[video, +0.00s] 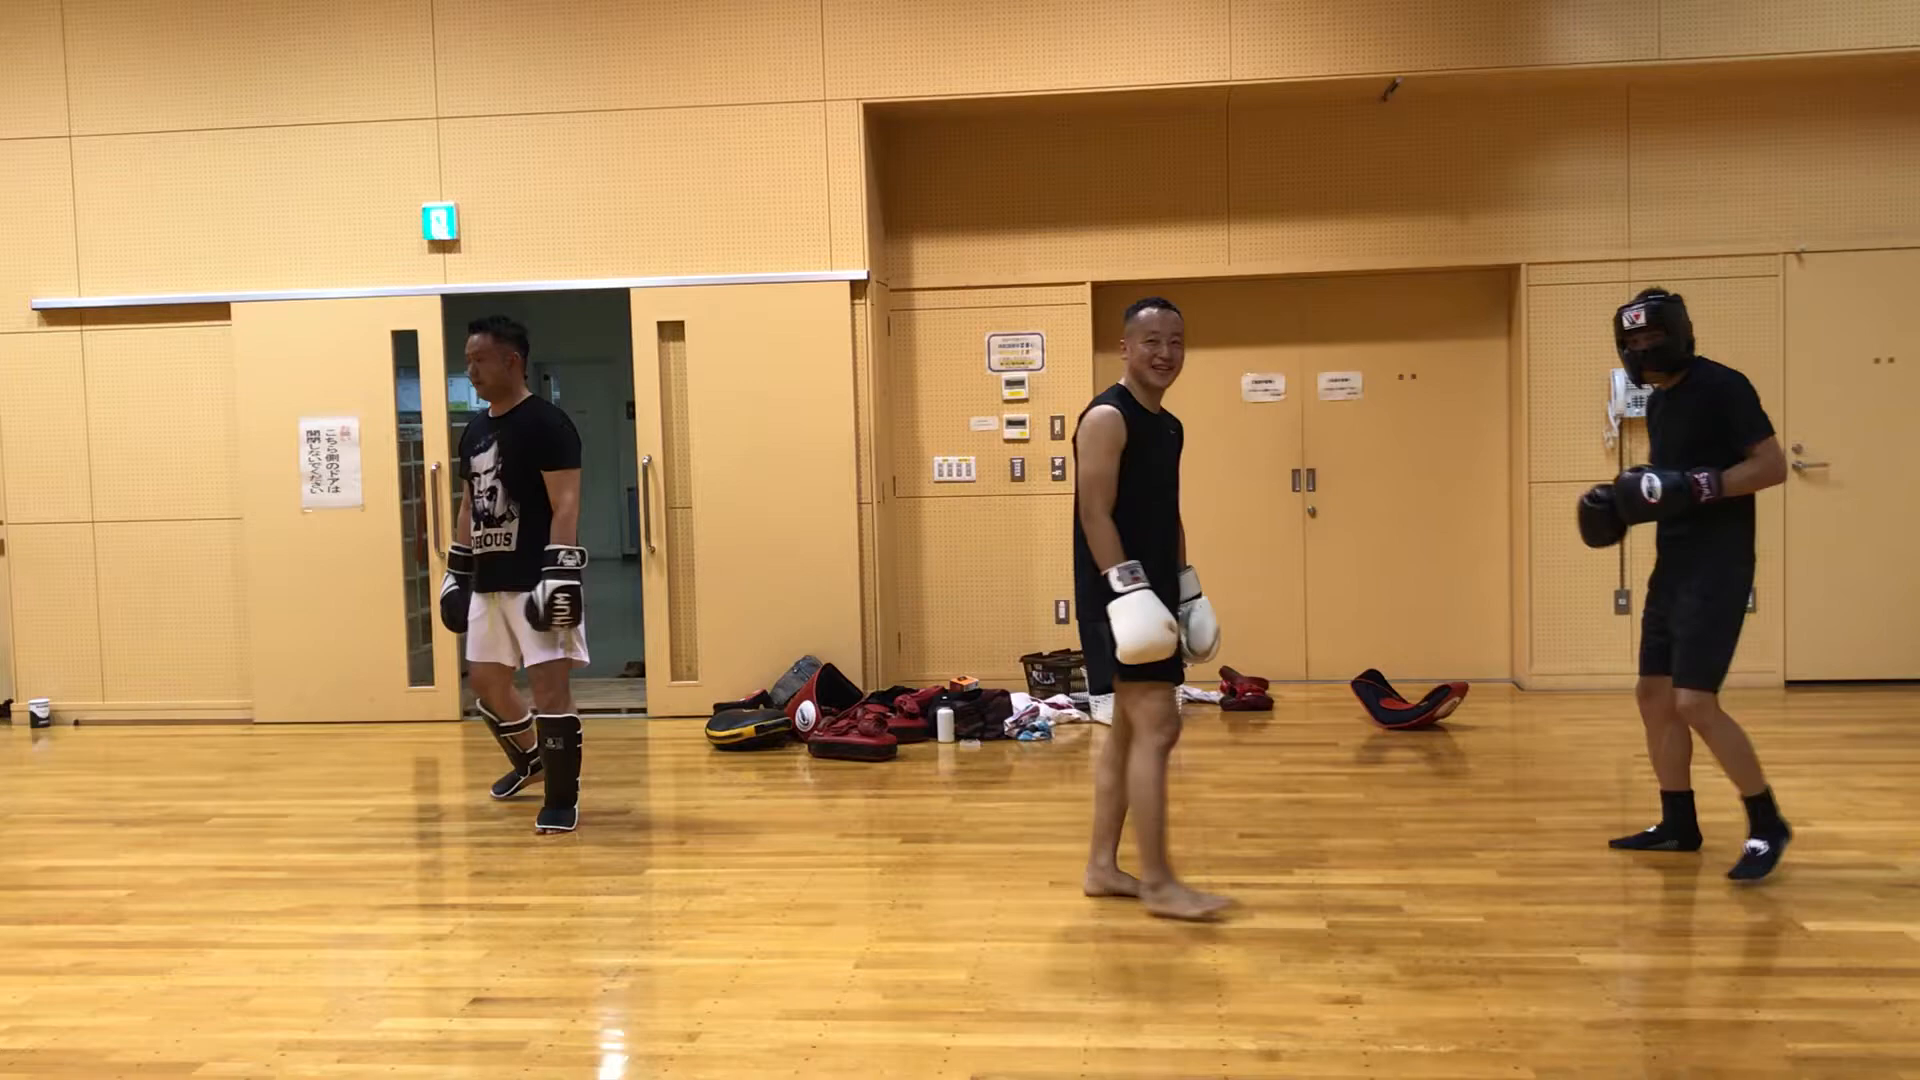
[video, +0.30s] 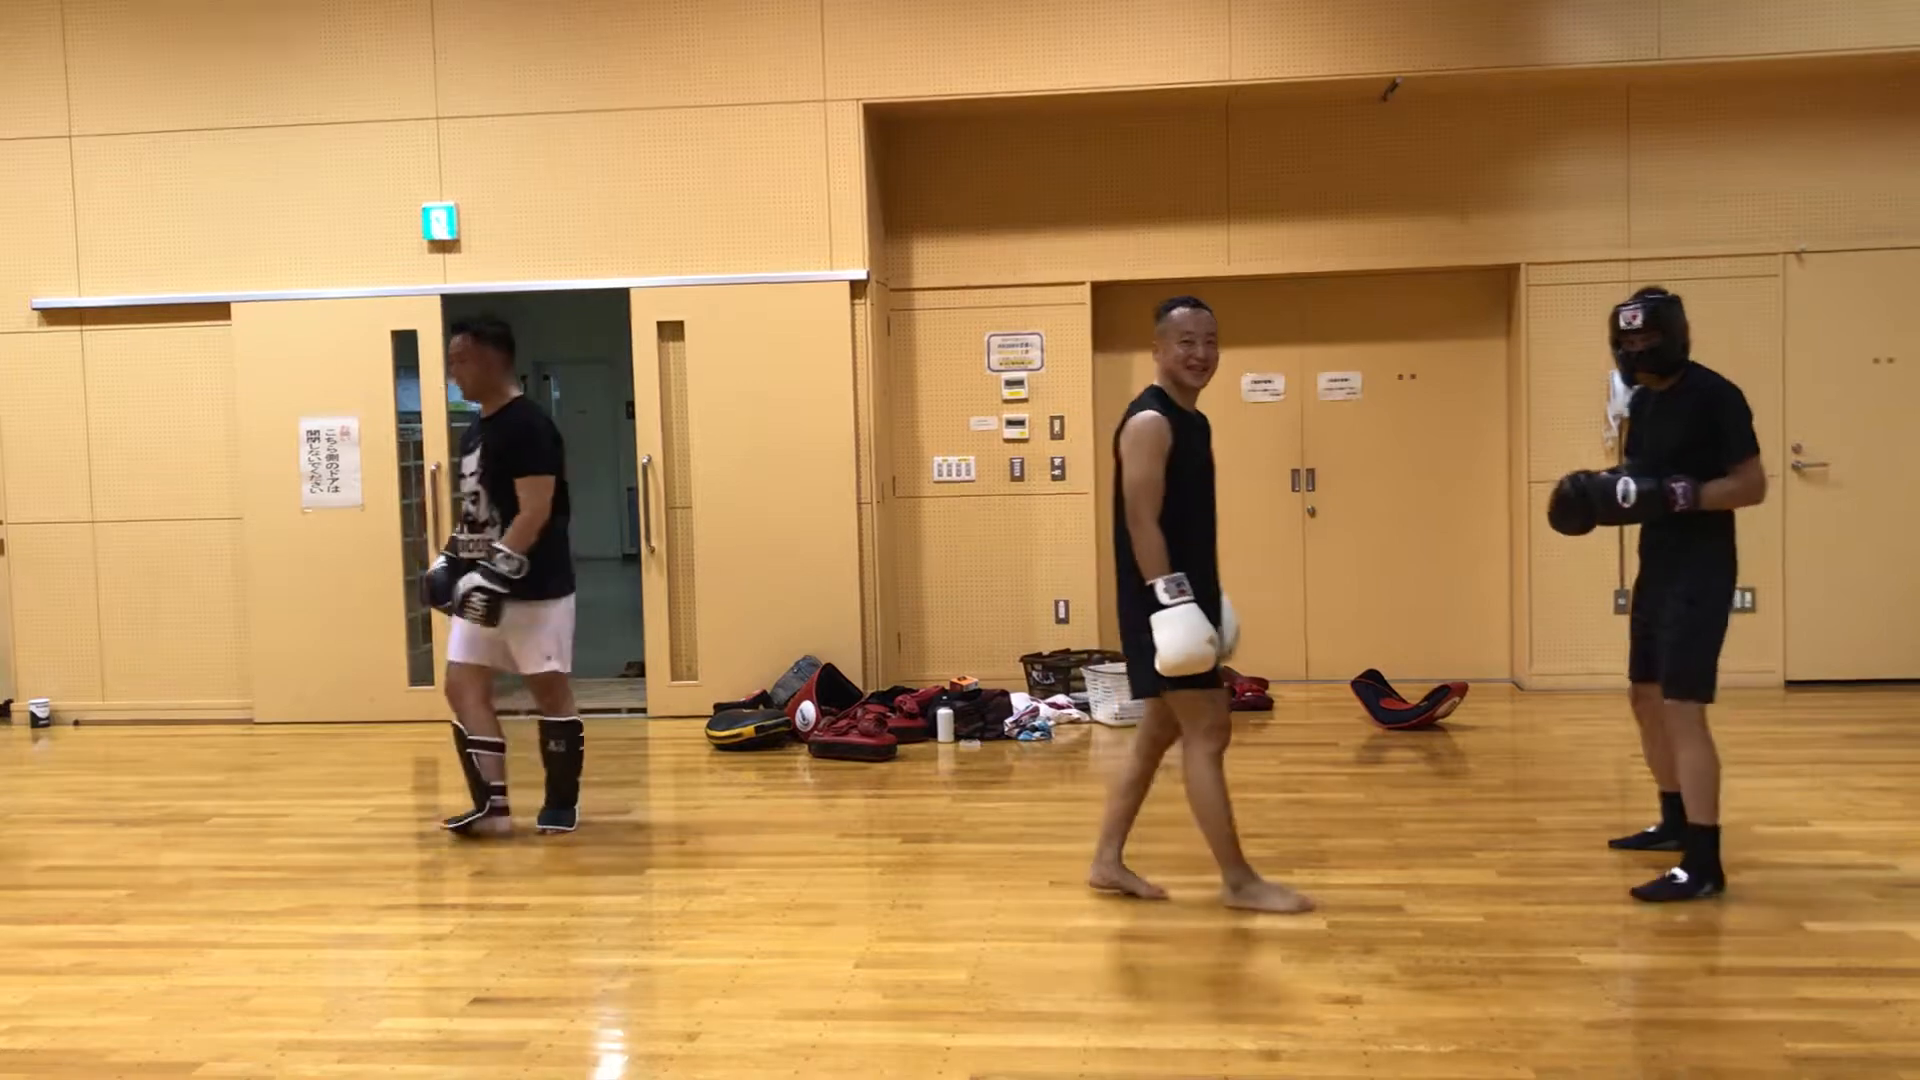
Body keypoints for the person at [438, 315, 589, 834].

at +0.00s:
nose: (470, 370)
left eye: (479, 360)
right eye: (468, 362)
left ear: (514, 360)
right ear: (474, 365)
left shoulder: (548, 423)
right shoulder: (476, 431)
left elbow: (565, 503)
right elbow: (470, 504)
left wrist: (562, 574)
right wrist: (456, 572)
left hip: (539, 581)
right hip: (488, 585)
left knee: (550, 687)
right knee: (487, 678)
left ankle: (561, 801)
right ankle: (533, 754)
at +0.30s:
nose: (452, 372)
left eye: (458, 360)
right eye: (451, 362)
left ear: (491, 359)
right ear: (477, 362)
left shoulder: (530, 425)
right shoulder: (477, 433)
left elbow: (536, 512)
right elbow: (475, 513)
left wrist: (493, 576)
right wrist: (449, 561)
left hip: (539, 587)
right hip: (485, 583)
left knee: (550, 690)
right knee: (463, 686)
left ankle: (561, 804)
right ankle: (491, 805)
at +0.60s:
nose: (407, 371)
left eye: (412, 359)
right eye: (406, 360)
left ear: (443, 356)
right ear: (441, 357)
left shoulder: (473, 412)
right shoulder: (454, 415)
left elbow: (468, 494)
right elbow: (447, 498)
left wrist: (407, 547)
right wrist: (408, 555)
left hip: (485, 584)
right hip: (455, 584)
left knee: (468, 698)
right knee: (455, 698)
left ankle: (528, 800)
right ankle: (487, 819)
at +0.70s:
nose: (396, 373)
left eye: (401, 361)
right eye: (395, 362)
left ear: (430, 358)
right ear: (433, 358)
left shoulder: (460, 413)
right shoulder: (448, 414)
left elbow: (455, 493)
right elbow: (448, 501)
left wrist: (389, 536)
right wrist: (402, 556)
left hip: (474, 586)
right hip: (464, 585)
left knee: (447, 698)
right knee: (471, 704)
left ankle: (492, 828)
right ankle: (490, 820)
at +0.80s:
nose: (375, 401)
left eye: (375, 388)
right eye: (370, 391)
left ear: (402, 369)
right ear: (397, 372)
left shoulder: (440, 414)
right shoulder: (425, 417)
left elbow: (432, 496)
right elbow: (423, 500)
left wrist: (367, 523)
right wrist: (372, 531)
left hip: (447, 593)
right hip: (451, 591)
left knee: (431, 710)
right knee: (472, 705)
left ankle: (421, 852)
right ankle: (490, 822)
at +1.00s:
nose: (330, 380)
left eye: (331, 367)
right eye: (327, 369)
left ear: (355, 360)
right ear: (381, 357)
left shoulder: (378, 425)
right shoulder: (416, 419)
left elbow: (349, 517)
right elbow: (389, 515)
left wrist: (292, 537)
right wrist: (315, 528)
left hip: (389, 606)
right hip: (417, 601)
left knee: (381, 723)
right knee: (410, 714)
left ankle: (396, 863)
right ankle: (470, 816)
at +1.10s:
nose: (309, 361)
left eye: (313, 350)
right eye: (310, 350)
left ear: (334, 353)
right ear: (365, 353)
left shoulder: (345, 423)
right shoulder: (401, 416)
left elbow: (318, 517)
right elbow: (404, 514)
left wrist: (261, 538)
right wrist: (312, 542)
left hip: (374, 607)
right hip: (393, 602)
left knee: (388, 726)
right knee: (355, 706)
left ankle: (397, 862)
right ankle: (416, 815)